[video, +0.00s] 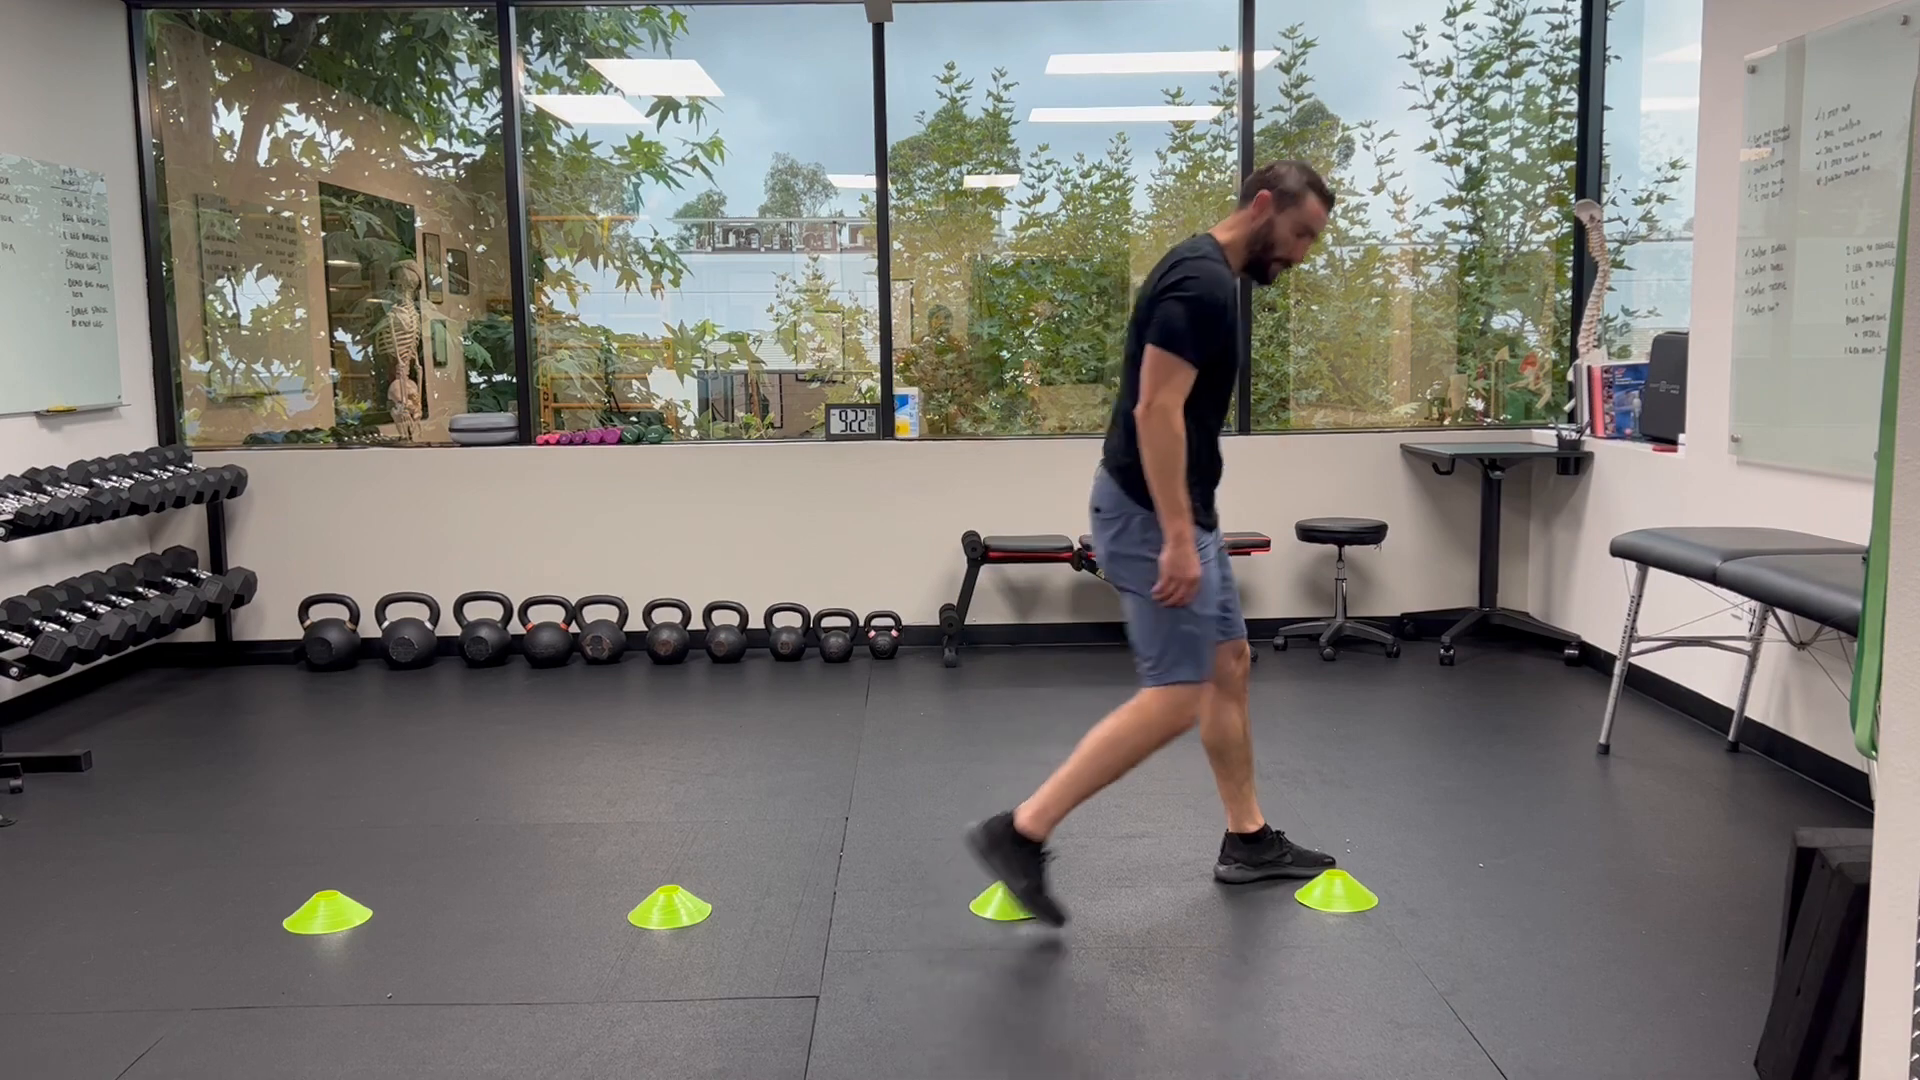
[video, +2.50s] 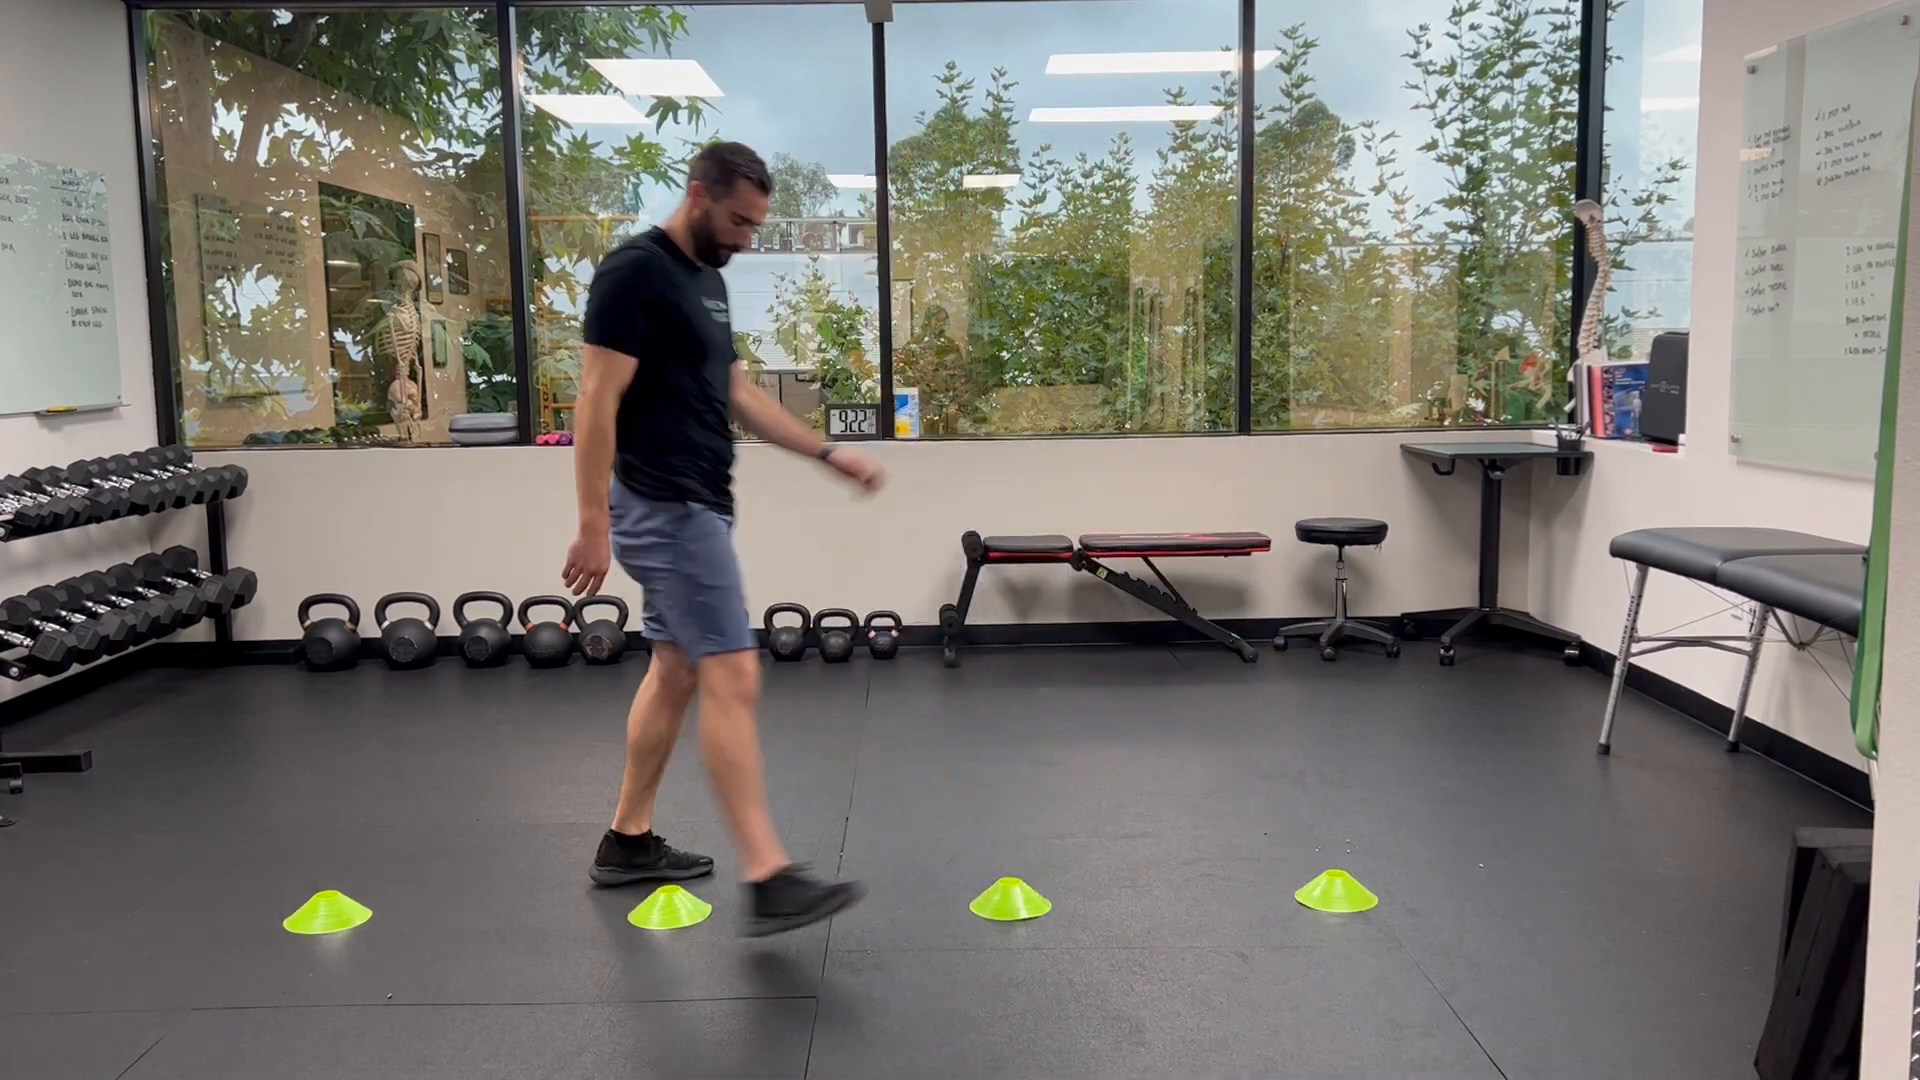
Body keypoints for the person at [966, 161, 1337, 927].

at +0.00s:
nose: (1303, 254)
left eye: (1313, 240)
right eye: (1304, 233)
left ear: (1263, 207)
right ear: (1264, 205)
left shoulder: (1217, 277)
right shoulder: (1200, 279)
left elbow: (1180, 412)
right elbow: (1158, 407)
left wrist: (1198, 527)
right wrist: (1178, 534)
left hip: (1180, 510)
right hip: (1147, 513)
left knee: (1229, 662)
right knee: (1180, 693)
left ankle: (1249, 840)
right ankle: (1020, 831)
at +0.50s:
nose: (1298, 177)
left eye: (1308, 164)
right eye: (1283, 160)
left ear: (1314, 176)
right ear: (1242, 166)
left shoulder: (1273, 260)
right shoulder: (1228, 261)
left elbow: (1335, 364)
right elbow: (1234, 399)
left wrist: (1363, 283)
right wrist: (1293, 511)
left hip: (1277, 495)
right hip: (1267, 501)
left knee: (1273, 666)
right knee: (1300, 677)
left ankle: (1250, 840)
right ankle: (1272, 878)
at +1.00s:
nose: (1302, 179)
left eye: (1313, 166)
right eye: (1287, 162)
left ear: (1318, 178)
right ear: (1246, 167)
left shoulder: (1285, 262)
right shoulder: (1227, 262)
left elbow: (1342, 373)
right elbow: (1222, 399)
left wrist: (1358, 317)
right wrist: (1264, 517)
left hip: (1291, 496)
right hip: (1273, 501)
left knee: (1277, 666)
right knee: (1305, 673)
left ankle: (1249, 841)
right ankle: (1274, 876)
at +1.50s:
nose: (1223, 206)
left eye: (1233, 191)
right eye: (1212, 189)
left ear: (1233, 189)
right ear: (1168, 182)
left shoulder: (1177, 272)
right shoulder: (1134, 276)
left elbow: (1176, 408)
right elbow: (1137, 415)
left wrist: (1218, 510)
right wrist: (1227, 501)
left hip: (1203, 507)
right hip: (1161, 510)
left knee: (1250, 661)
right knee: (1162, 686)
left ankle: (1249, 839)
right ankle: (1011, 832)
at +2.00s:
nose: (995, 203)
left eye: (997, 188)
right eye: (984, 188)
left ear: (953, 183)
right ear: (932, 180)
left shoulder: (954, 263)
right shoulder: (881, 281)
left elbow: (987, 384)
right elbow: (864, 428)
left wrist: (1038, 486)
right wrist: (904, 553)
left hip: (975, 509)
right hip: (933, 517)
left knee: (979, 659)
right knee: (955, 691)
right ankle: (933, 892)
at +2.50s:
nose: (744, 239)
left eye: (754, 226)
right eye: (737, 222)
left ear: (742, 214)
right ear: (697, 197)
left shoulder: (707, 281)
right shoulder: (633, 275)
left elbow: (736, 393)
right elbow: (596, 399)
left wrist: (826, 450)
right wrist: (592, 523)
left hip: (697, 508)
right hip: (662, 510)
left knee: (675, 671)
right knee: (733, 674)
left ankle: (628, 839)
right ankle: (769, 877)